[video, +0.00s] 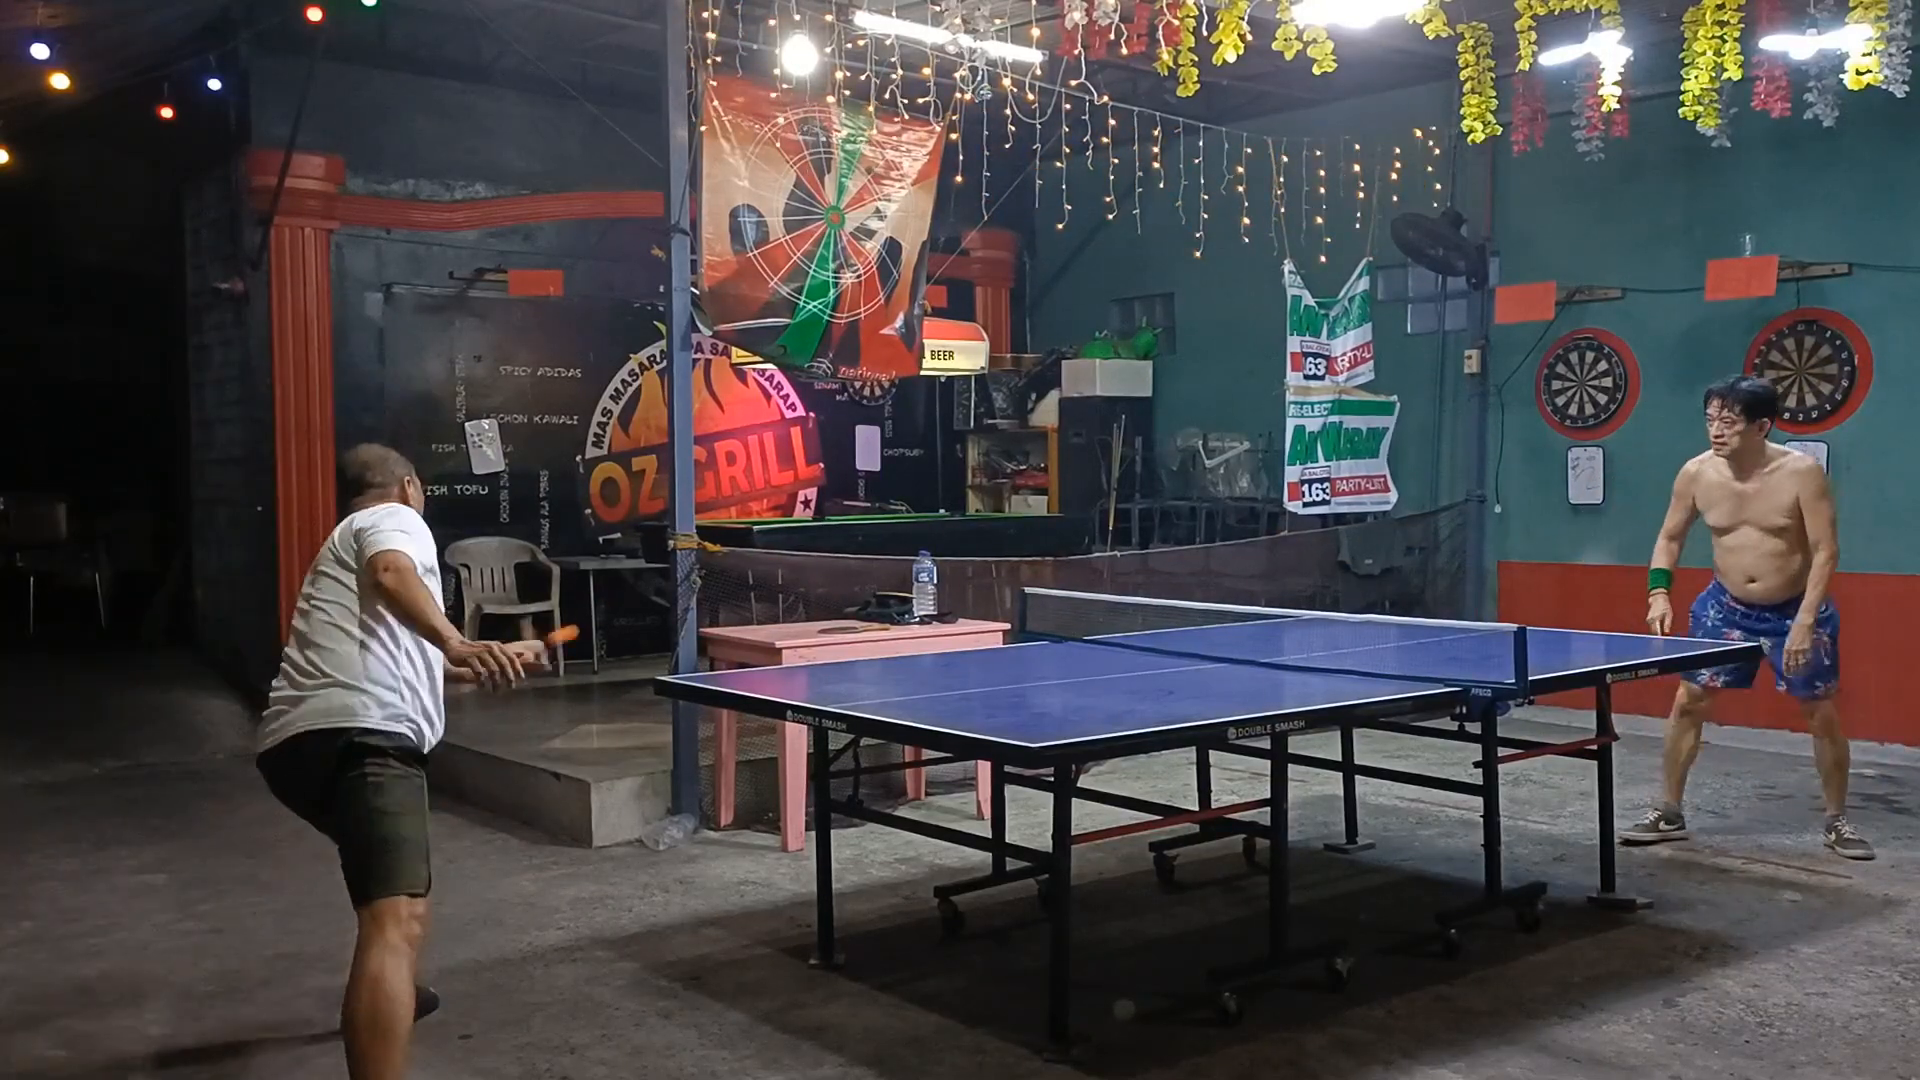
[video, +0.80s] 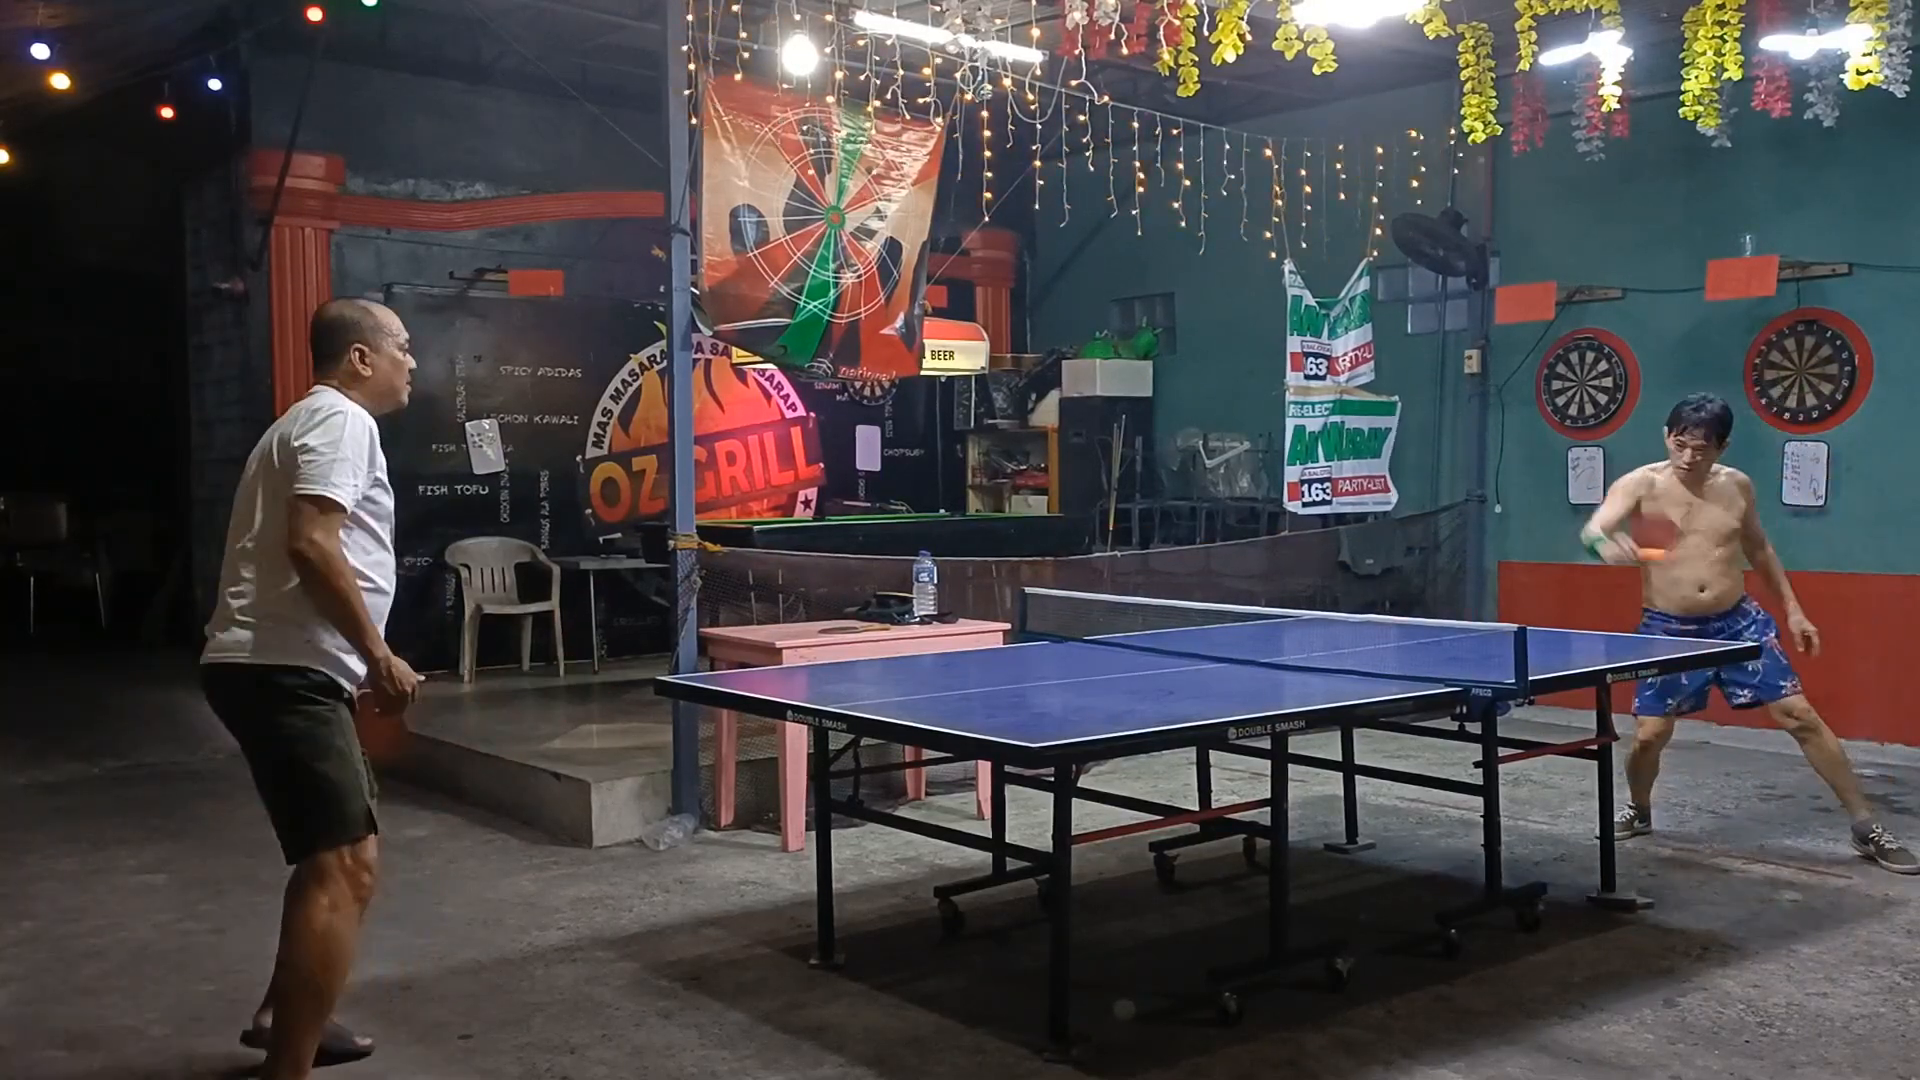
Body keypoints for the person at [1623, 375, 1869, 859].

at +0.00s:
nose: (1717, 429)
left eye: (1729, 419)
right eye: (1712, 418)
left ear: (1762, 425)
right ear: (1706, 422)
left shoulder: (1802, 473)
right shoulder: (1696, 474)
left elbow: (1825, 553)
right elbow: (1670, 538)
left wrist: (1804, 624)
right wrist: (1658, 592)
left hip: (1796, 614)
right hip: (1725, 610)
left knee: (1823, 717)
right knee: (1687, 702)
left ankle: (1837, 821)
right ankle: (1669, 811)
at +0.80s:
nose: (1690, 457)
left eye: (1702, 449)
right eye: (1682, 444)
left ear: (1719, 447)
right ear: (1668, 436)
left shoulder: (1737, 486)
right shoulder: (1638, 484)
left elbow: (1759, 548)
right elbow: (1592, 531)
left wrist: (1792, 609)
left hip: (1737, 623)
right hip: (1666, 628)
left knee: (1800, 716)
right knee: (1648, 737)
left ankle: (1865, 825)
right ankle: (1639, 812)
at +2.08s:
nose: (1523, 480)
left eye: (1527, 470)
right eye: (1522, 471)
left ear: (1553, 464)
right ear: (1570, 467)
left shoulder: (1552, 491)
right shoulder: (1615, 498)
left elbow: (1558, 534)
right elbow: (1637, 569)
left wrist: (1552, 598)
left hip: (1609, 622)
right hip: (1639, 620)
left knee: (1636, 734)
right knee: (1539, 697)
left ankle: (1749, 826)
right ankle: (1544, 803)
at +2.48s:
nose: (1523, 427)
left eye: (1534, 419)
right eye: (1519, 419)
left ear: (1561, 423)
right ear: (1516, 421)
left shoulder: (1573, 451)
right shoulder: (1528, 465)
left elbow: (1600, 479)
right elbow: (1477, 486)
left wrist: (1552, 530)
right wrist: (1433, 464)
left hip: (1609, 577)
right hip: (1575, 585)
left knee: (1579, 671)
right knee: (1524, 668)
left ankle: (1651, 763)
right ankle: (1556, 772)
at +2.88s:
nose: (1554, 436)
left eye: (1565, 428)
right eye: (1549, 429)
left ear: (1593, 432)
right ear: (1546, 435)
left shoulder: (1623, 472)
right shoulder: (1566, 486)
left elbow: (1672, 535)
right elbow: (1574, 543)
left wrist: (1653, 604)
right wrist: (1529, 573)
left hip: (1648, 609)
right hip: (1597, 612)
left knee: (1654, 715)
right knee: (1563, 696)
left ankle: (1705, 802)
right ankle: (1577, 777)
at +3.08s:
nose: (1570, 438)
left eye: (1581, 428)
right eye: (1564, 429)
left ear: (1610, 430)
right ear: (1559, 433)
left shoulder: (1639, 468)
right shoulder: (1577, 483)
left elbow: (1669, 531)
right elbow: (1557, 539)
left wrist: (1618, 584)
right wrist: (1519, 557)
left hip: (1684, 605)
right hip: (1631, 613)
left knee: (1699, 707)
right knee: (1591, 703)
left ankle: (1767, 822)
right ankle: (1628, 815)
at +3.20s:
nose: (1580, 457)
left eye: (1590, 447)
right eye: (1575, 449)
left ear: (1621, 449)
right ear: (1572, 453)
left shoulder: (1651, 484)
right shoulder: (1592, 504)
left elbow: (1652, 548)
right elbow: (1559, 551)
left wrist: (1580, 589)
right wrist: (1509, 558)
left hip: (1699, 624)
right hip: (1642, 629)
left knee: (1730, 728)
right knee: (1576, 705)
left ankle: (1802, 844)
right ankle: (1625, 812)